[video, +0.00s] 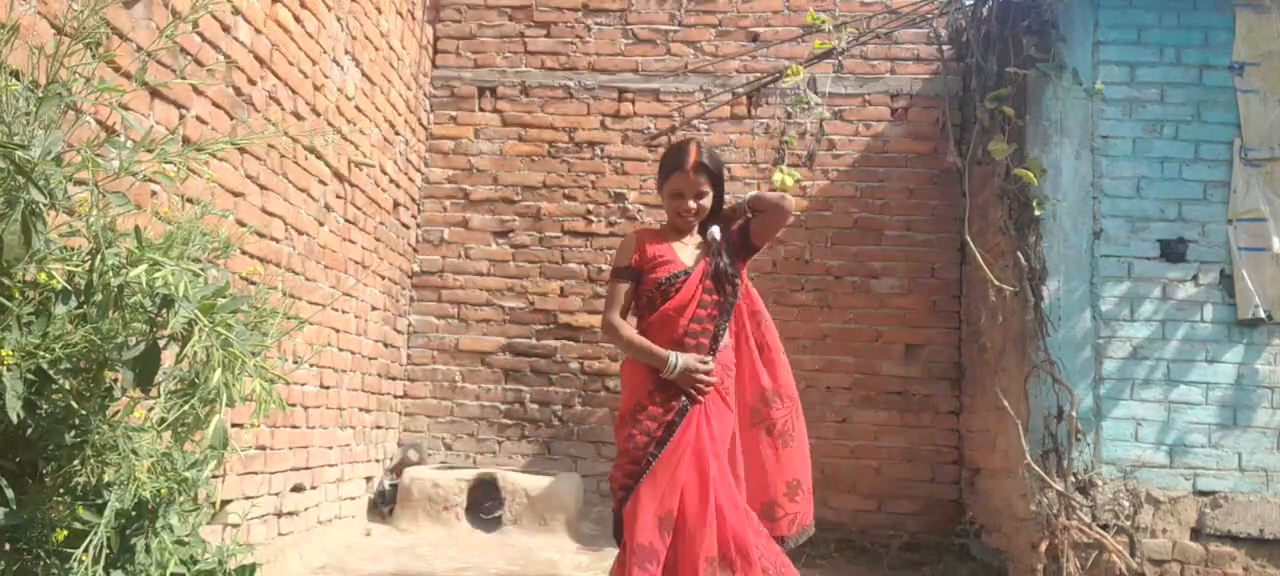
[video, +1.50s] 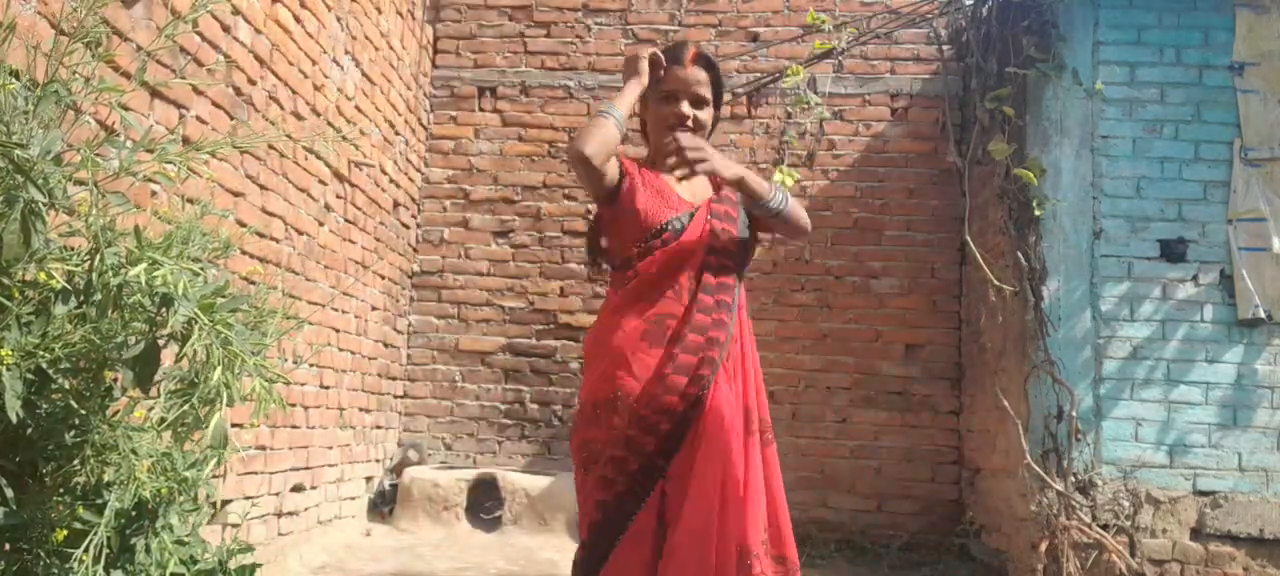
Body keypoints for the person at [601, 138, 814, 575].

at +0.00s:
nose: (689, 206)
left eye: (699, 196)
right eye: (678, 194)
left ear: (715, 196)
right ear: (660, 189)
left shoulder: (726, 243)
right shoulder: (641, 243)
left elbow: (783, 209)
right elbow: (614, 322)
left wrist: (745, 204)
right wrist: (671, 362)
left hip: (712, 396)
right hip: (652, 394)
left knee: (711, 508)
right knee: (649, 509)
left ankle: (704, 572)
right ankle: (648, 572)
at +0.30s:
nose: (682, 191)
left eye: (693, 180)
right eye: (671, 179)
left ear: (711, 184)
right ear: (654, 180)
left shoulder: (721, 238)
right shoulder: (631, 236)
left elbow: (769, 263)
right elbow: (596, 316)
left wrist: (756, 195)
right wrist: (621, 352)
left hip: (699, 393)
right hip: (636, 394)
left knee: (699, 510)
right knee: (635, 510)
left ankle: (699, 570)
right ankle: (637, 571)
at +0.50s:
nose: (681, 186)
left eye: (695, 178)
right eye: (672, 172)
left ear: (710, 188)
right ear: (653, 174)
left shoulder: (722, 244)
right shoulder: (621, 242)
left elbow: (761, 331)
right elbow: (588, 321)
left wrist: (739, 265)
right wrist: (594, 332)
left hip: (700, 401)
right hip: (632, 402)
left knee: (669, 519)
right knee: (624, 525)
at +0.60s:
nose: (683, 157)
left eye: (698, 150)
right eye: (674, 143)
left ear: (713, 163)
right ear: (655, 145)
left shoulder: (720, 218)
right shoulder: (622, 211)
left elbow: (760, 301)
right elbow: (582, 297)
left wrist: (749, 234)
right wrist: (613, 259)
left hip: (706, 366)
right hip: (636, 368)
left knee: (661, 474)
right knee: (632, 499)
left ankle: (695, 569)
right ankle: (634, 573)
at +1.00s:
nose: (684, 159)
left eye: (700, 151)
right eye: (673, 144)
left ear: (717, 163)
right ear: (652, 149)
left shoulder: (725, 222)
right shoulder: (623, 224)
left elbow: (784, 272)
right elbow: (553, 261)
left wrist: (771, 178)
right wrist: (594, 181)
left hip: (713, 390)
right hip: (637, 393)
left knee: (692, 545)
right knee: (637, 541)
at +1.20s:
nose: (685, 127)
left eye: (701, 118)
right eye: (671, 114)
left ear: (719, 132)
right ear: (649, 125)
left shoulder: (737, 203)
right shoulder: (625, 198)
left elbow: (809, 198)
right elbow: (562, 178)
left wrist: (760, 118)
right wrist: (619, 116)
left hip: (727, 367)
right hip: (647, 370)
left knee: (733, 507)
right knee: (654, 504)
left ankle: (736, 572)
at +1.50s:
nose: (685, 113)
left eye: (699, 102)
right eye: (670, 98)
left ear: (716, 112)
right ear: (646, 108)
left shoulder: (730, 190)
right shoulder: (625, 177)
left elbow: (800, 227)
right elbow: (585, 153)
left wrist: (733, 171)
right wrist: (634, 86)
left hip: (721, 381)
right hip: (636, 382)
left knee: (728, 535)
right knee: (629, 539)